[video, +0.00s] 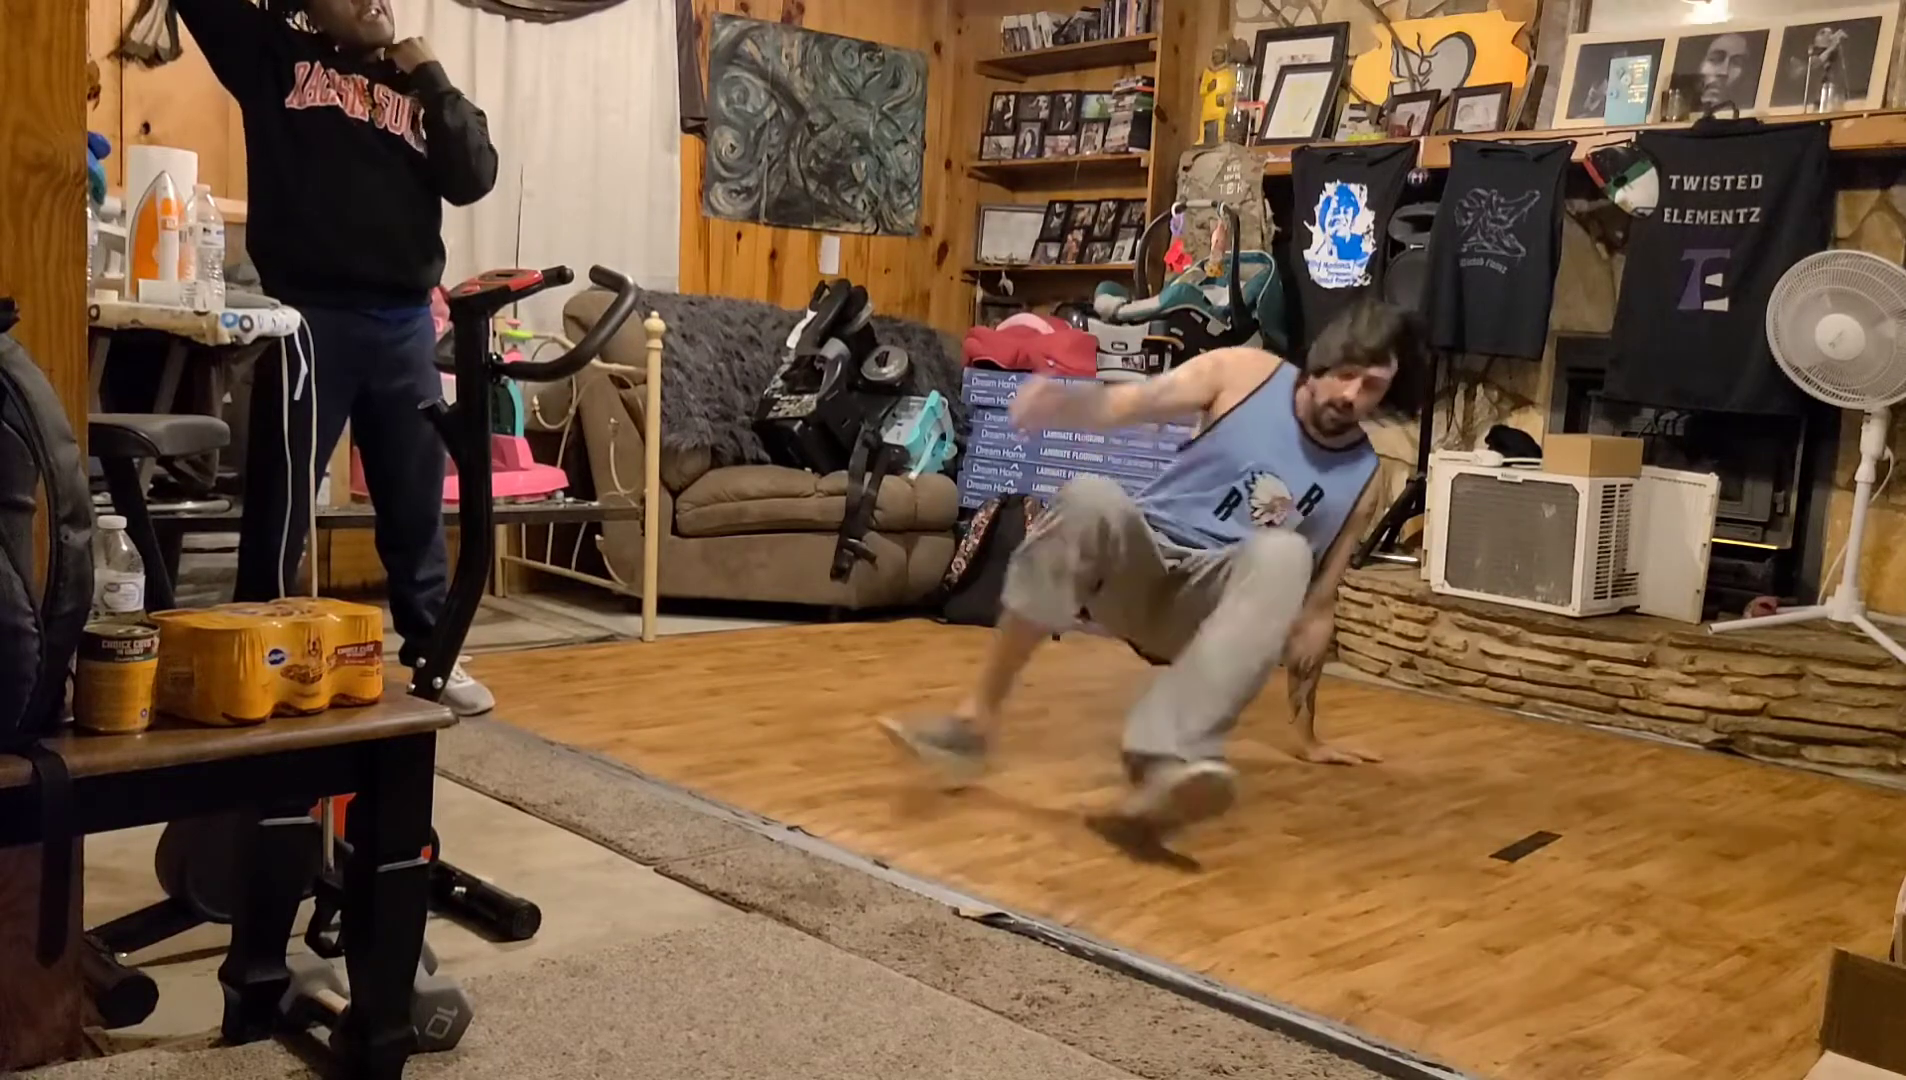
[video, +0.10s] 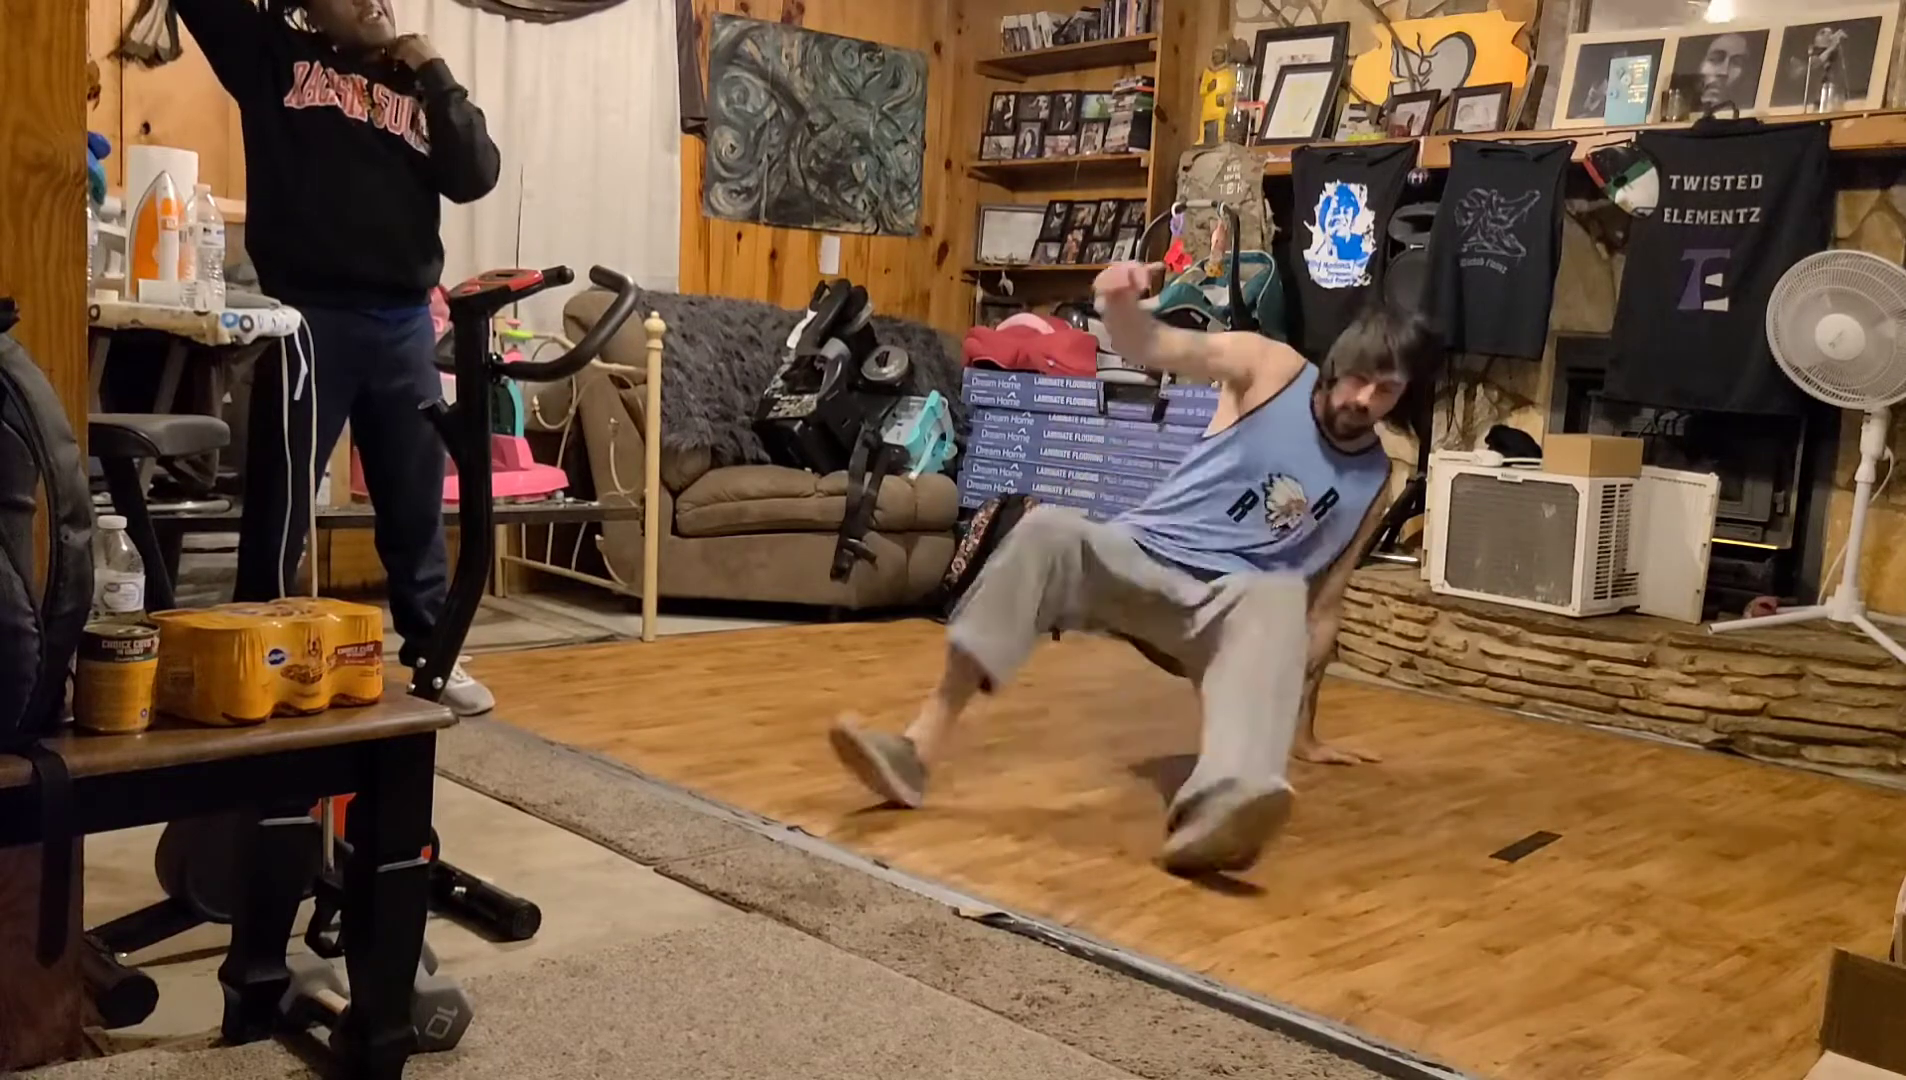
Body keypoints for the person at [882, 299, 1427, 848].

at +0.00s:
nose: (1352, 396)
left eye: (1373, 388)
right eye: (1345, 373)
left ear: (1386, 396)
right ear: (1320, 358)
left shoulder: (1366, 476)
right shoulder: (1243, 372)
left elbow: (1317, 606)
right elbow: (1127, 402)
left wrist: (1309, 736)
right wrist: (1058, 401)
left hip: (1212, 607)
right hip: (1131, 562)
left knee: (1287, 554)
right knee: (1089, 497)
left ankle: (1165, 762)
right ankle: (976, 719)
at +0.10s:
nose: (1362, 400)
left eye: (1385, 392)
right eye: (1356, 378)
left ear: (1404, 396)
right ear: (1338, 357)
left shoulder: (1374, 479)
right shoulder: (1266, 364)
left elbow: (1322, 601)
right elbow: (1151, 347)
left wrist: (1302, 733)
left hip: (1227, 607)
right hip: (1134, 560)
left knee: (1279, 595)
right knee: (1045, 529)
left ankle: (1213, 807)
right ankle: (920, 748)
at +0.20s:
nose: (1365, 403)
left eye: (1386, 395)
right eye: (1360, 381)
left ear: (1404, 402)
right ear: (1340, 364)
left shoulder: (1380, 481)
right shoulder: (1271, 366)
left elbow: (1327, 606)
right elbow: (1162, 335)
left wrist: (1303, 735)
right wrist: (1107, 310)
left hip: (1228, 604)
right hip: (1145, 563)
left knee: (1296, 534)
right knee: (1056, 506)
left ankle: (1218, 780)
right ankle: (954, 735)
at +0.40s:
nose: (1279, 377)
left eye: (1300, 361)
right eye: (1266, 359)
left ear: (1325, 369)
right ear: (1247, 361)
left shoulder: (1342, 454)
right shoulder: (1183, 422)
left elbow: (1348, 592)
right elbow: (1123, 540)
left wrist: (1386, 711)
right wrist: (1077, 629)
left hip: (1274, 634)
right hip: (1179, 616)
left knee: (1335, 615)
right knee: (1150, 529)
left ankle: (1260, 735)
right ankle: (1114, 716)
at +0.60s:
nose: (1151, 390)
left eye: (1162, 371)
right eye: (1134, 377)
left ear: (1191, 364)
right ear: (1119, 385)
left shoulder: (1258, 397)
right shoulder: (1114, 456)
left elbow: (1367, 401)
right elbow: (1125, 574)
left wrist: (1369, 306)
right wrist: (1115, 702)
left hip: (1295, 624)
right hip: (1206, 635)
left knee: (1314, 575)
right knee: (1161, 565)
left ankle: (1273, 743)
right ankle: (1185, 745)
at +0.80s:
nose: (1100, 389)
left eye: (1108, 371)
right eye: (1081, 380)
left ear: (1137, 356)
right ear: (1064, 386)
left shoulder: (1194, 386)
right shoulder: (1084, 454)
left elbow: (1187, 364)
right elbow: (1110, 580)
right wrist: (1116, 720)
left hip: (1313, 561)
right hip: (1211, 603)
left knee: (1255, 583)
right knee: (1149, 637)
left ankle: (1279, 740)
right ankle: (1353, 739)